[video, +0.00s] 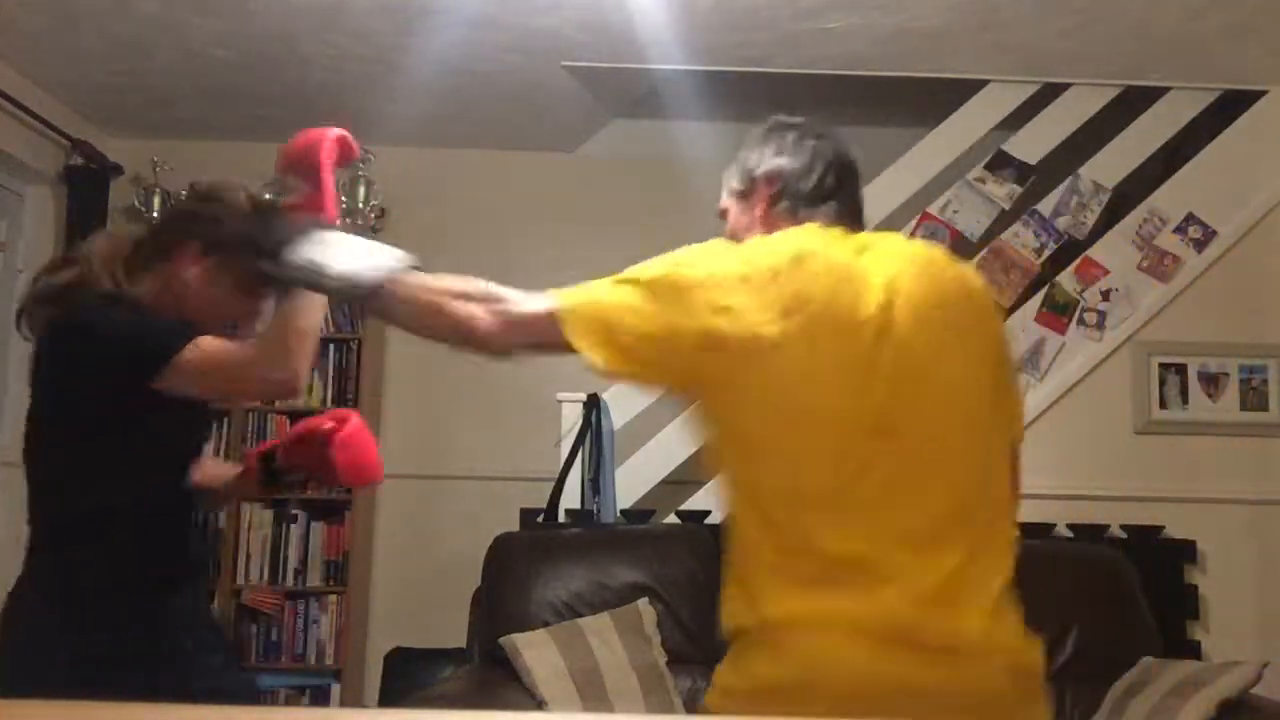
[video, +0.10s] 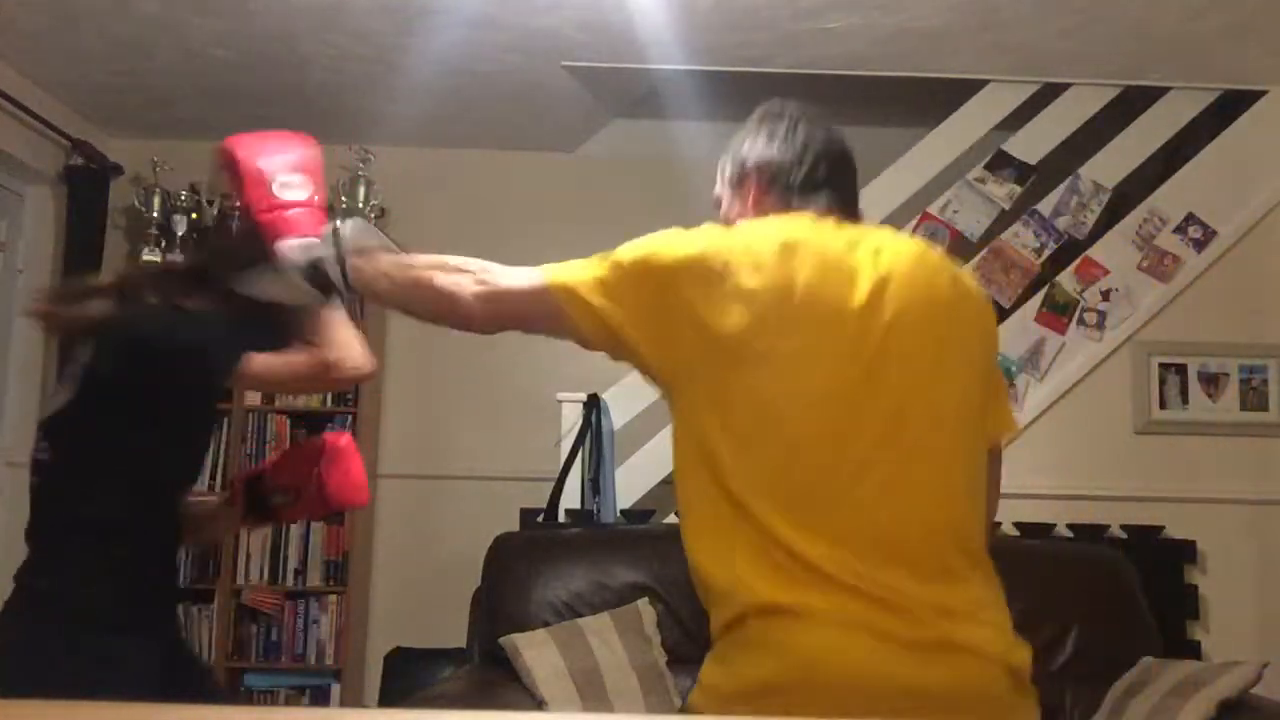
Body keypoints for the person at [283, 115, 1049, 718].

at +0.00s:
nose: (724, 233)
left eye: (726, 215)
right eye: (725, 217)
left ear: (765, 199)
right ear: (850, 205)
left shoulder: (728, 281)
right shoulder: (971, 292)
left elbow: (496, 320)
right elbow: (1002, 494)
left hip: (798, 679)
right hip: (987, 681)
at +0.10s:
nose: (718, 222)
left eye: (719, 205)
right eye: (721, 207)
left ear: (749, 190)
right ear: (848, 196)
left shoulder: (706, 264)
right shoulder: (959, 291)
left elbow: (481, 297)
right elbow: (984, 505)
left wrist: (346, 259)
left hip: (782, 680)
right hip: (974, 681)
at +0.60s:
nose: (729, 172)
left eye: (732, 155)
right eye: (729, 159)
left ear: (762, 147)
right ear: (864, 153)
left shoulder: (716, 225)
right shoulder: (971, 229)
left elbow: (495, 295)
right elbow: (1027, 377)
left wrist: (439, 258)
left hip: (815, 661)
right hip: (1021, 663)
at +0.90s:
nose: (410, 180)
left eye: (415, 144)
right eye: (408, 147)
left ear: (463, 134)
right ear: (474, 135)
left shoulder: (570, 226)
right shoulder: (605, 215)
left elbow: (539, 521)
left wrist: (411, 373)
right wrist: (425, 323)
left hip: (767, 686)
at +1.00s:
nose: (360, 187)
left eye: (364, 154)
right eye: (355, 158)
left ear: (429, 145)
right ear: (441, 141)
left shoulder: (576, 236)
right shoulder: (494, 271)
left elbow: (549, 516)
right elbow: (380, 313)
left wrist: (390, 346)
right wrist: (255, 291)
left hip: (748, 677)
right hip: (667, 676)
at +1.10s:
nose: (329, 186)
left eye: (326, 149)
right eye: (318, 154)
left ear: (392, 129)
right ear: (393, 132)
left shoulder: (571, 242)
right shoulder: (450, 277)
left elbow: (560, 533)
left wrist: (391, 349)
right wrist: (258, 326)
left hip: (724, 677)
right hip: (627, 677)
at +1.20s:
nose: (303, 184)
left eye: (301, 147)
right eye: (293, 152)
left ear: (370, 127)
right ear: (370, 129)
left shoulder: (570, 233)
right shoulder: (443, 286)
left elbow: (573, 531)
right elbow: (500, 516)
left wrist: (393, 351)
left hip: (703, 684)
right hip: (578, 678)